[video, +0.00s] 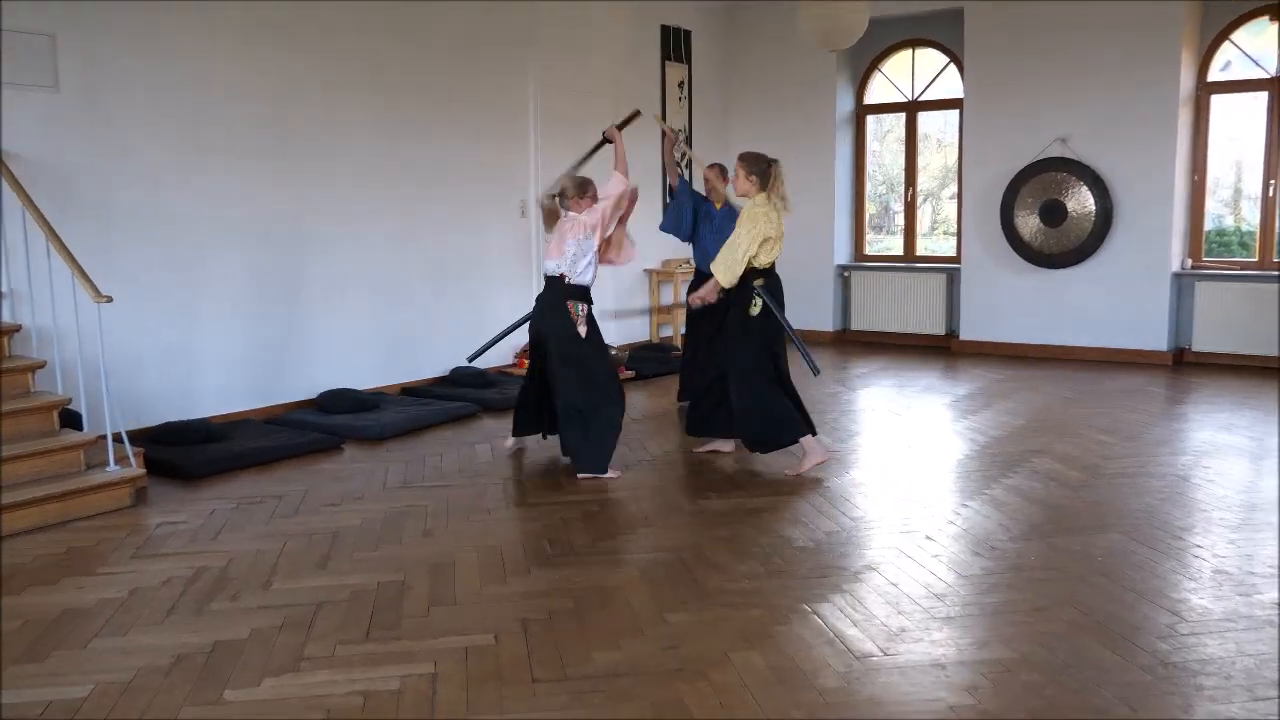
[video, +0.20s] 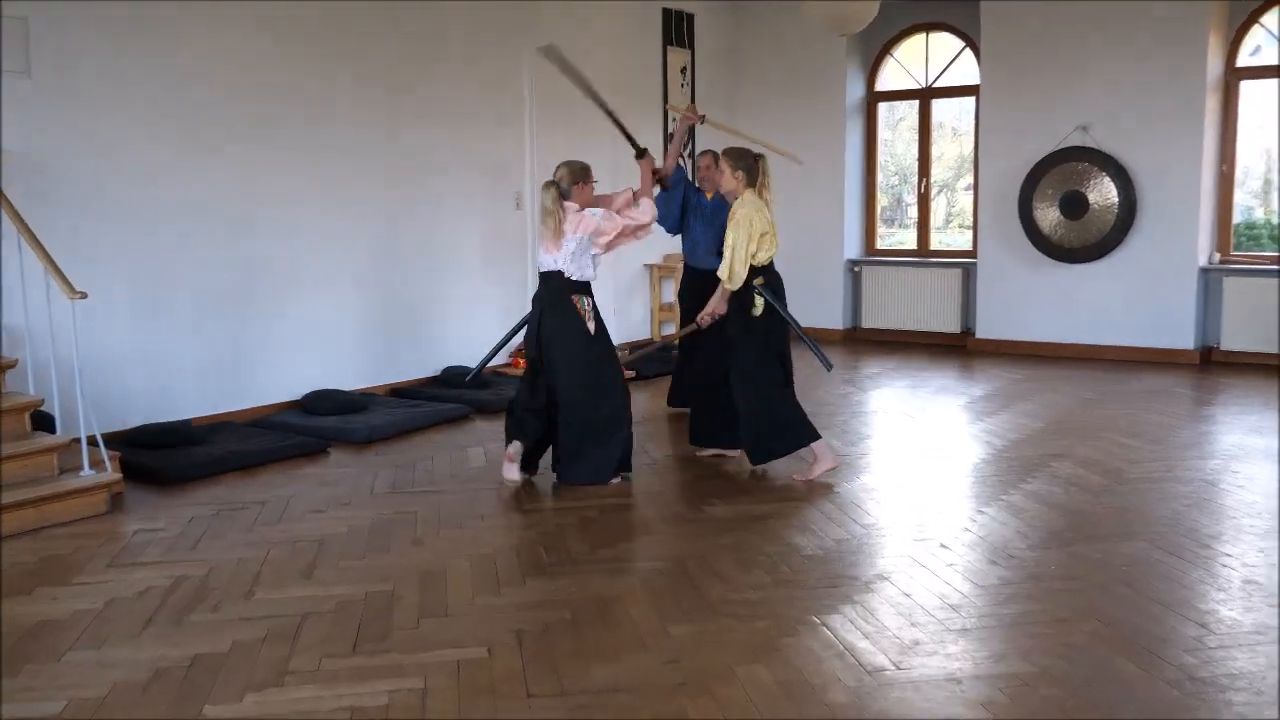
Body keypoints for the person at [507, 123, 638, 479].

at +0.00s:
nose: (595, 204)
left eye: (594, 198)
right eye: (591, 198)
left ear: (570, 202)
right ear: (575, 201)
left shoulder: (567, 228)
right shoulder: (578, 225)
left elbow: (613, 254)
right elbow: (618, 187)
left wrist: (622, 217)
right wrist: (618, 142)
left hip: (551, 307)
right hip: (568, 308)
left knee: (546, 373)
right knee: (603, 386)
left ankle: (519, 432)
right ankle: (590, 464)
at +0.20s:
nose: (594, 188)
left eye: (592, 184)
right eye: (591, 183)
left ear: (564, 187)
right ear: (580, 188)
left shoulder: (554, 215)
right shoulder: (584, 221)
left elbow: (608, 202)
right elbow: (643, 217)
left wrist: (643, 186)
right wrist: (646, 172)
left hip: (546, 302)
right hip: (573, 304)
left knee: (548, 378)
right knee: (601, 382)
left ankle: (521, 442)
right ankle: (597, 467)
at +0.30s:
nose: (587, 183)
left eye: (585, 177)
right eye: (584, 177)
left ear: (554, 180)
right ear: (576, 181)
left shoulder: (540, 213)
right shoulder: (578, 217)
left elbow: (593, 210)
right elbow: (627, 238)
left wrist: (631, 211)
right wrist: (646, 219)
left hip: (537, 305)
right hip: (567, 306)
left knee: (544, 387)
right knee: (597, 384)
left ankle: (530, 466)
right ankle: (596, 468)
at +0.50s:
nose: (575, 180)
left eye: (573, 174)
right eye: (573, 175)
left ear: (538, 178)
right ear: (565, 179)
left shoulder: (518, 217)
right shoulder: (577, 220)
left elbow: (512, 273)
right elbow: (595, 274)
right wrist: (602, 254)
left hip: (521, 309)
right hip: (562, 310)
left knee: (531, 400)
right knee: (570, 395)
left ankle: (540, 498)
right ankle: (576, 483)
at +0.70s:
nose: (570, 174)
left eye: (569, 168)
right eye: (569, 169)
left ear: (530, 171)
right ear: (561, 174)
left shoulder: (506, 210)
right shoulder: (571, 216)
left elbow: (499, 262)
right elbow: (580, 266)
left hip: (510, 306)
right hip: (552, 307)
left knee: (517, 402)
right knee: (556, 396)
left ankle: (536, 501)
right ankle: (564, 487)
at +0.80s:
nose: (565, 172)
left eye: (562, 166)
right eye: (563, 167)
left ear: (523, 169)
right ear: (556, 171)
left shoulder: (499, 207)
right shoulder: (568, 210)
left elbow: (496, 240)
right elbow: (575, 248)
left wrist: (510, 190)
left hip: (507, 303)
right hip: (550, 302)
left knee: (516, 400)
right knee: (556, 393)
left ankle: (530, 499)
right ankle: (558, 484)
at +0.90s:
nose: (552, 163)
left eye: (547, 158)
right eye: (549, 158)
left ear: (510, 164)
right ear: (543, 164)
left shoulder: (496, 198)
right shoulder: (563, 197)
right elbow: (568, 216)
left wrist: (498, 155)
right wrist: (538, 173)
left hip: (508, 295)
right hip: (550, 295)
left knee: (511, 390)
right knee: (554, 385)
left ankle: (514, 481)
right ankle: (557, 482)